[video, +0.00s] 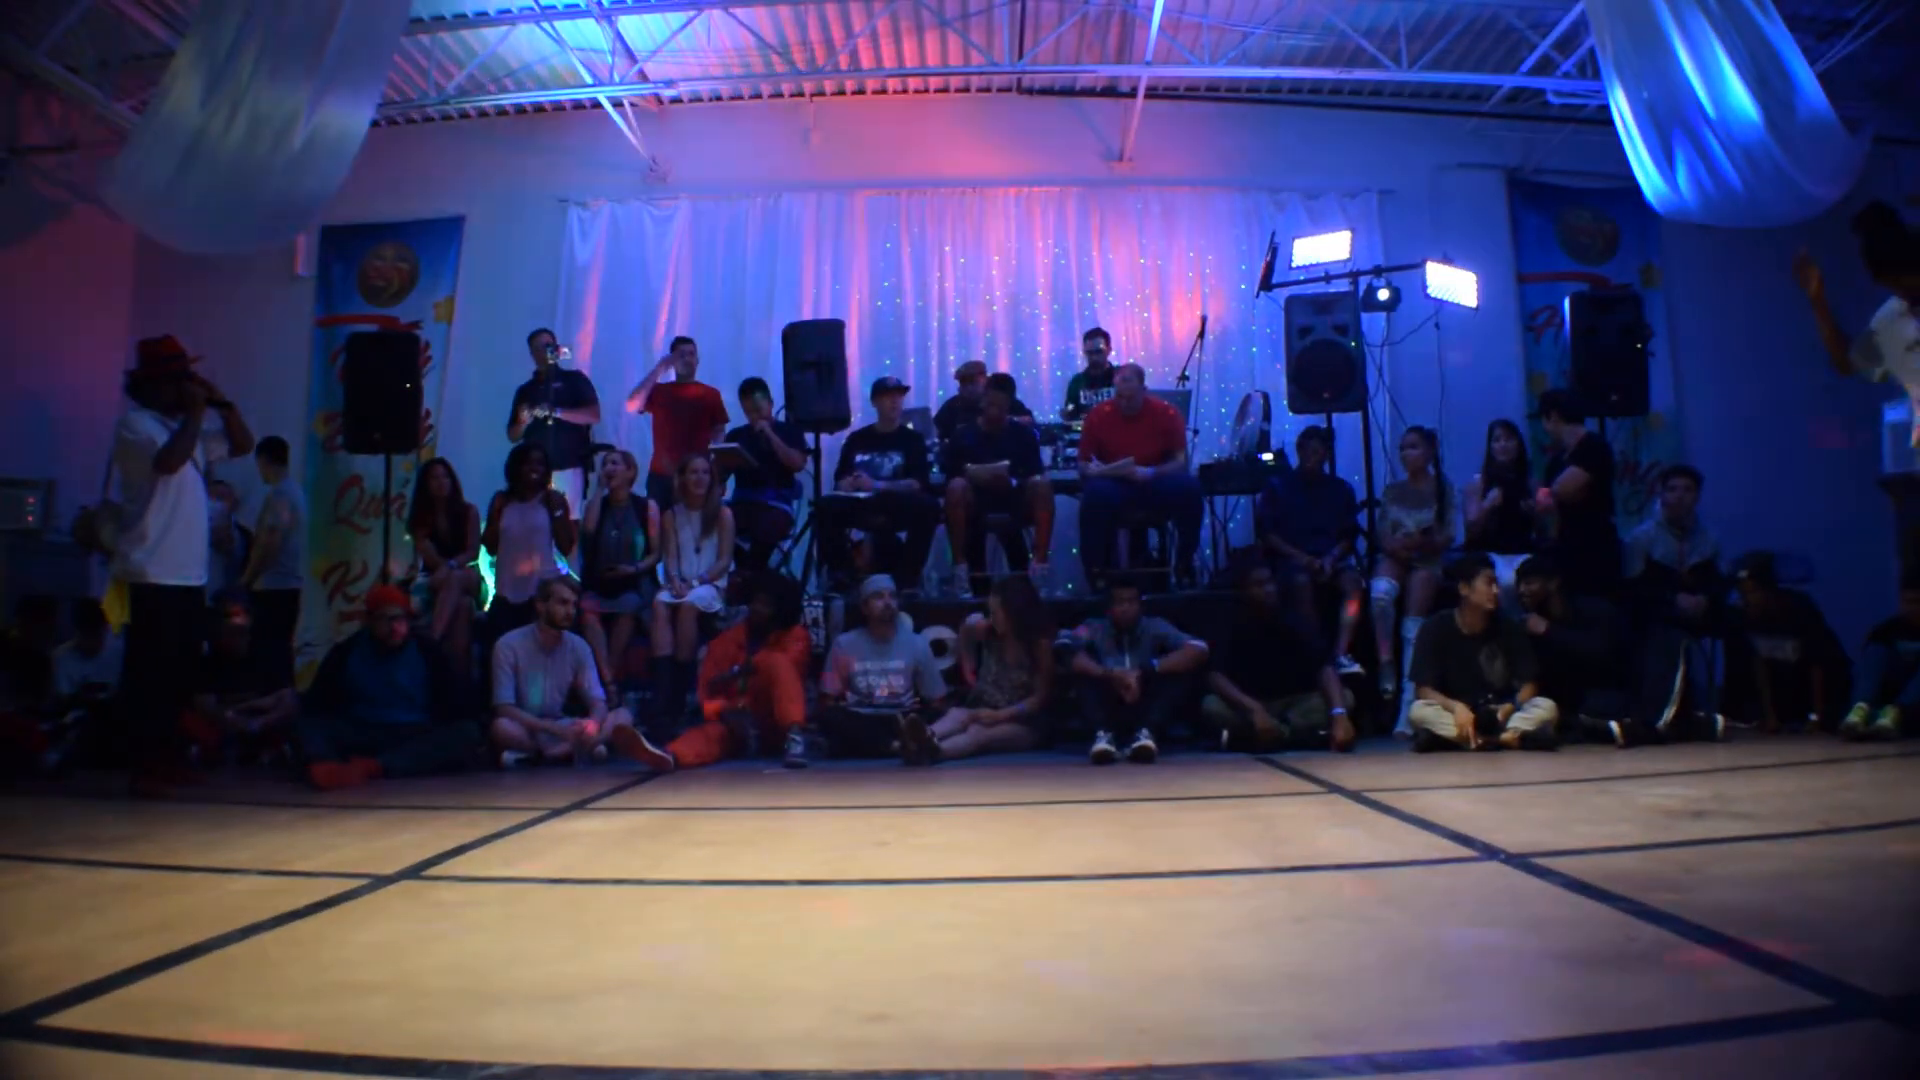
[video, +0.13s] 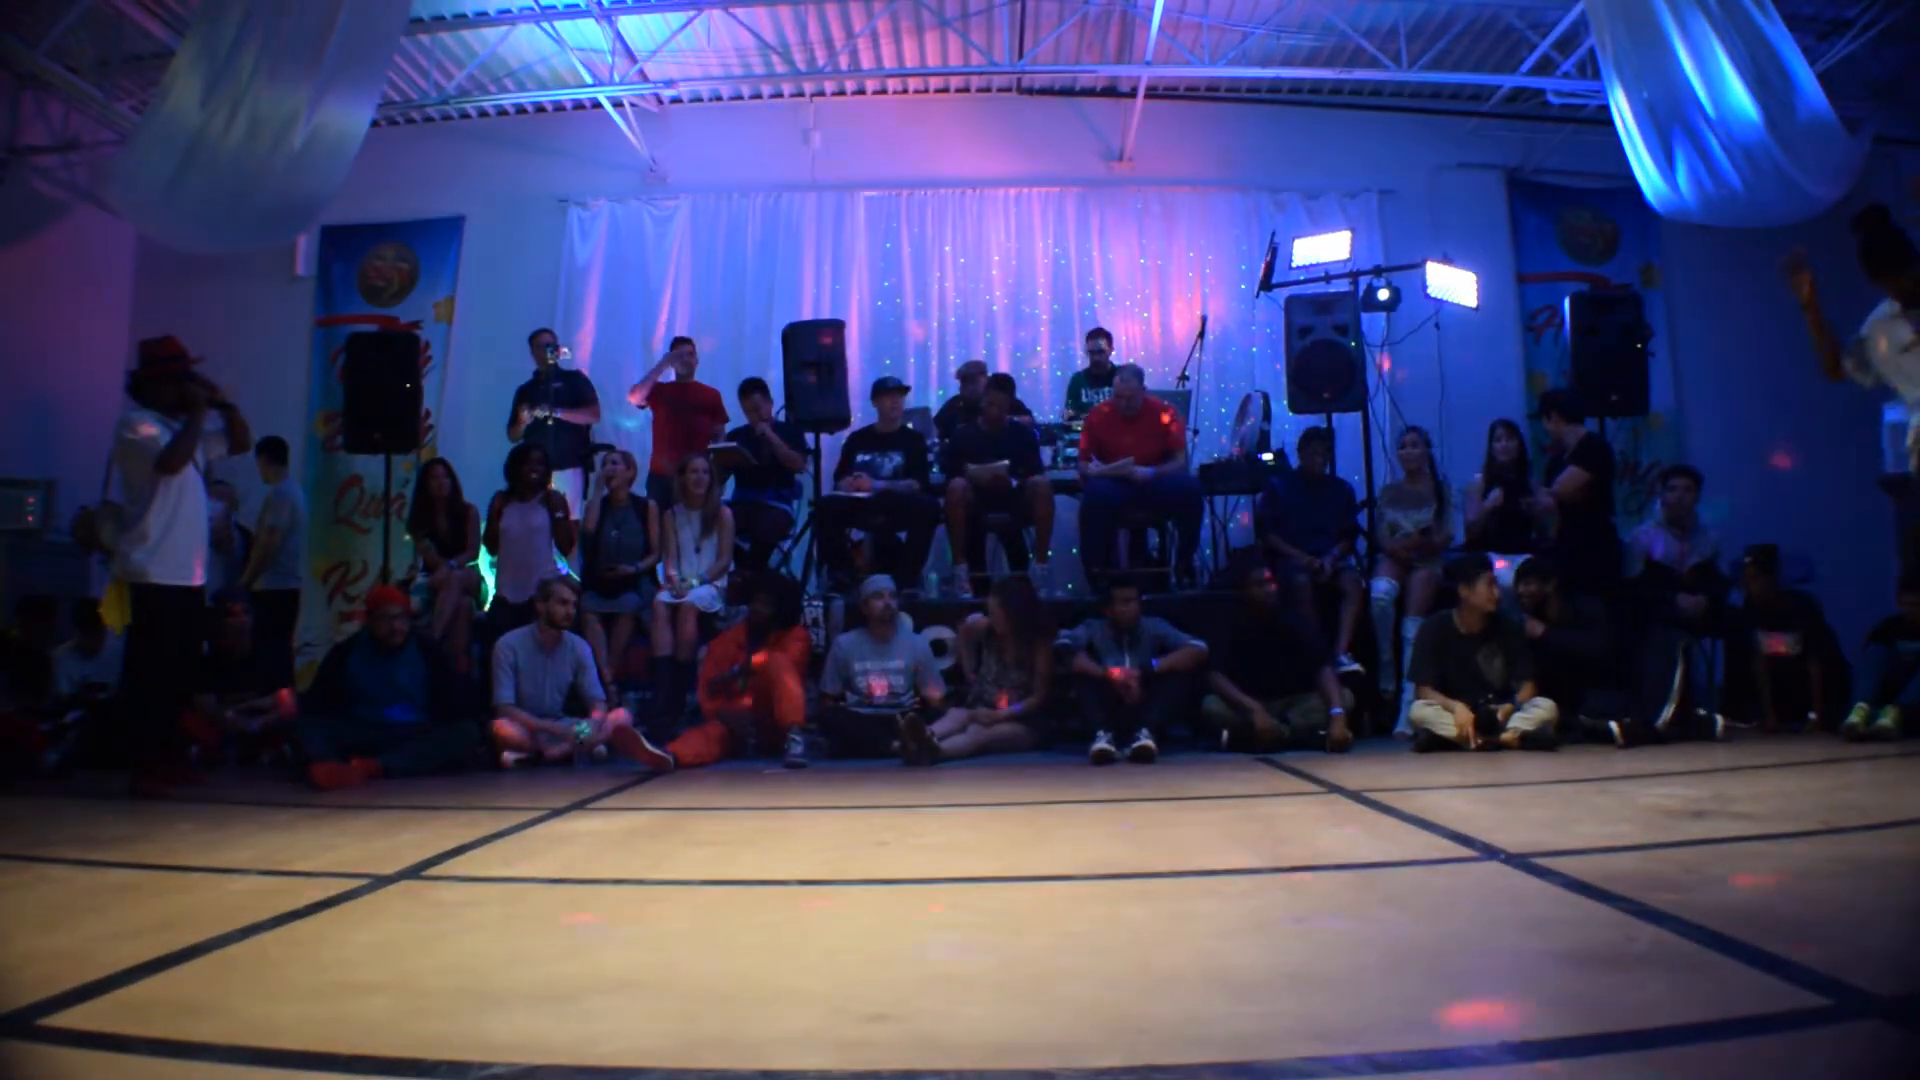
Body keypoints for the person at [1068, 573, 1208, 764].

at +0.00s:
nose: (1126, 608)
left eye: (1131, 602)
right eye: (1120, 603)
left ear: (1140, 605)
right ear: (1110, 607)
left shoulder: (1153, 628)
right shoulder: (1097, 629)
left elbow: (1198, 650)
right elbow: (1065, 647)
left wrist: (1145, 671)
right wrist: (1110, 676)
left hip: (1146, 702)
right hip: (1107, 703)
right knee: (1090, 677)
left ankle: (1145, 734)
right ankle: (1102, 735)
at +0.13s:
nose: (1129, 609)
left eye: (1133, 603)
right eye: (1123, 603)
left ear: (1140, 606)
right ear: (1109, 609)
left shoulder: (1152, 628)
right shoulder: (1094, 629)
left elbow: (1198, 650)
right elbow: (1063, 648)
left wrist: (1149, 669)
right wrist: (1108, 674)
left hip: (1146, 702)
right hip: (1107, 702)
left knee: (1175, 675)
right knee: (1087, 677)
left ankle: (1145, 734)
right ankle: (1102, 735)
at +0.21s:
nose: (1132, 608)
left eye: (1135, 602)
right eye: (1125, 603)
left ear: (1141, 606)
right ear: (1108, 610)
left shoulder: (1152, 628)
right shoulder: (1094, 630)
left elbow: (1198, 650)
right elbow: (1063, 648)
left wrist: (1147, 667)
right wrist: (1108, 675)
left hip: (1146, 701)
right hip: (1106, 702)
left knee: (1174, 673)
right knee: (1087, 677)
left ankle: (1145, 734)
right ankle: (1102, 735)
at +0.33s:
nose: (1133, 608)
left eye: (1136, 601)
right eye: (1126, 602)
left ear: (1141, 604)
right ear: (1108, 610)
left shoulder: (1151, 627)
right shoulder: (1094, 630)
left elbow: (1197, 650)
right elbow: (1063, 649)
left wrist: (1144, 665)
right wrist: (1112, 675)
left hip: (1146, 700)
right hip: (1107, 701)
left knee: (1174, 673)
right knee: (1085, 675)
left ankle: (1145, 734)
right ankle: (1102, 735)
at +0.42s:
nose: (1134, 608)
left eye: (1136, 601)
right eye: (1126, 602)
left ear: (1140, 603)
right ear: (1108, 610)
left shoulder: (1150, 627)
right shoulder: (1093, 630)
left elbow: (1194, 649)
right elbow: (1063, 648)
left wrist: (1142, 664)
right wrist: (1113, 676)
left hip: (1146, 700)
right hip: (1107, 700)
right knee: (1086, 675)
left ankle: (1144, 734)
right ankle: (1102, 735)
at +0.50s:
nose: (1134, 608)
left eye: (1136, 601)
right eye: (1126, 602)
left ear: (1141, 603)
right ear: (1108, 609)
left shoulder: (1150, 627)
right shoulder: (1094, 630)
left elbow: (1193, 648)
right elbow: (1064, 649)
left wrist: (1142, 665)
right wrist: (1115, 678)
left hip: (1146, 701)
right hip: (1107, 701)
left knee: (1171, 673)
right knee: (1086, 676)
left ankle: (1144, 735)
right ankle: (1101, 735)